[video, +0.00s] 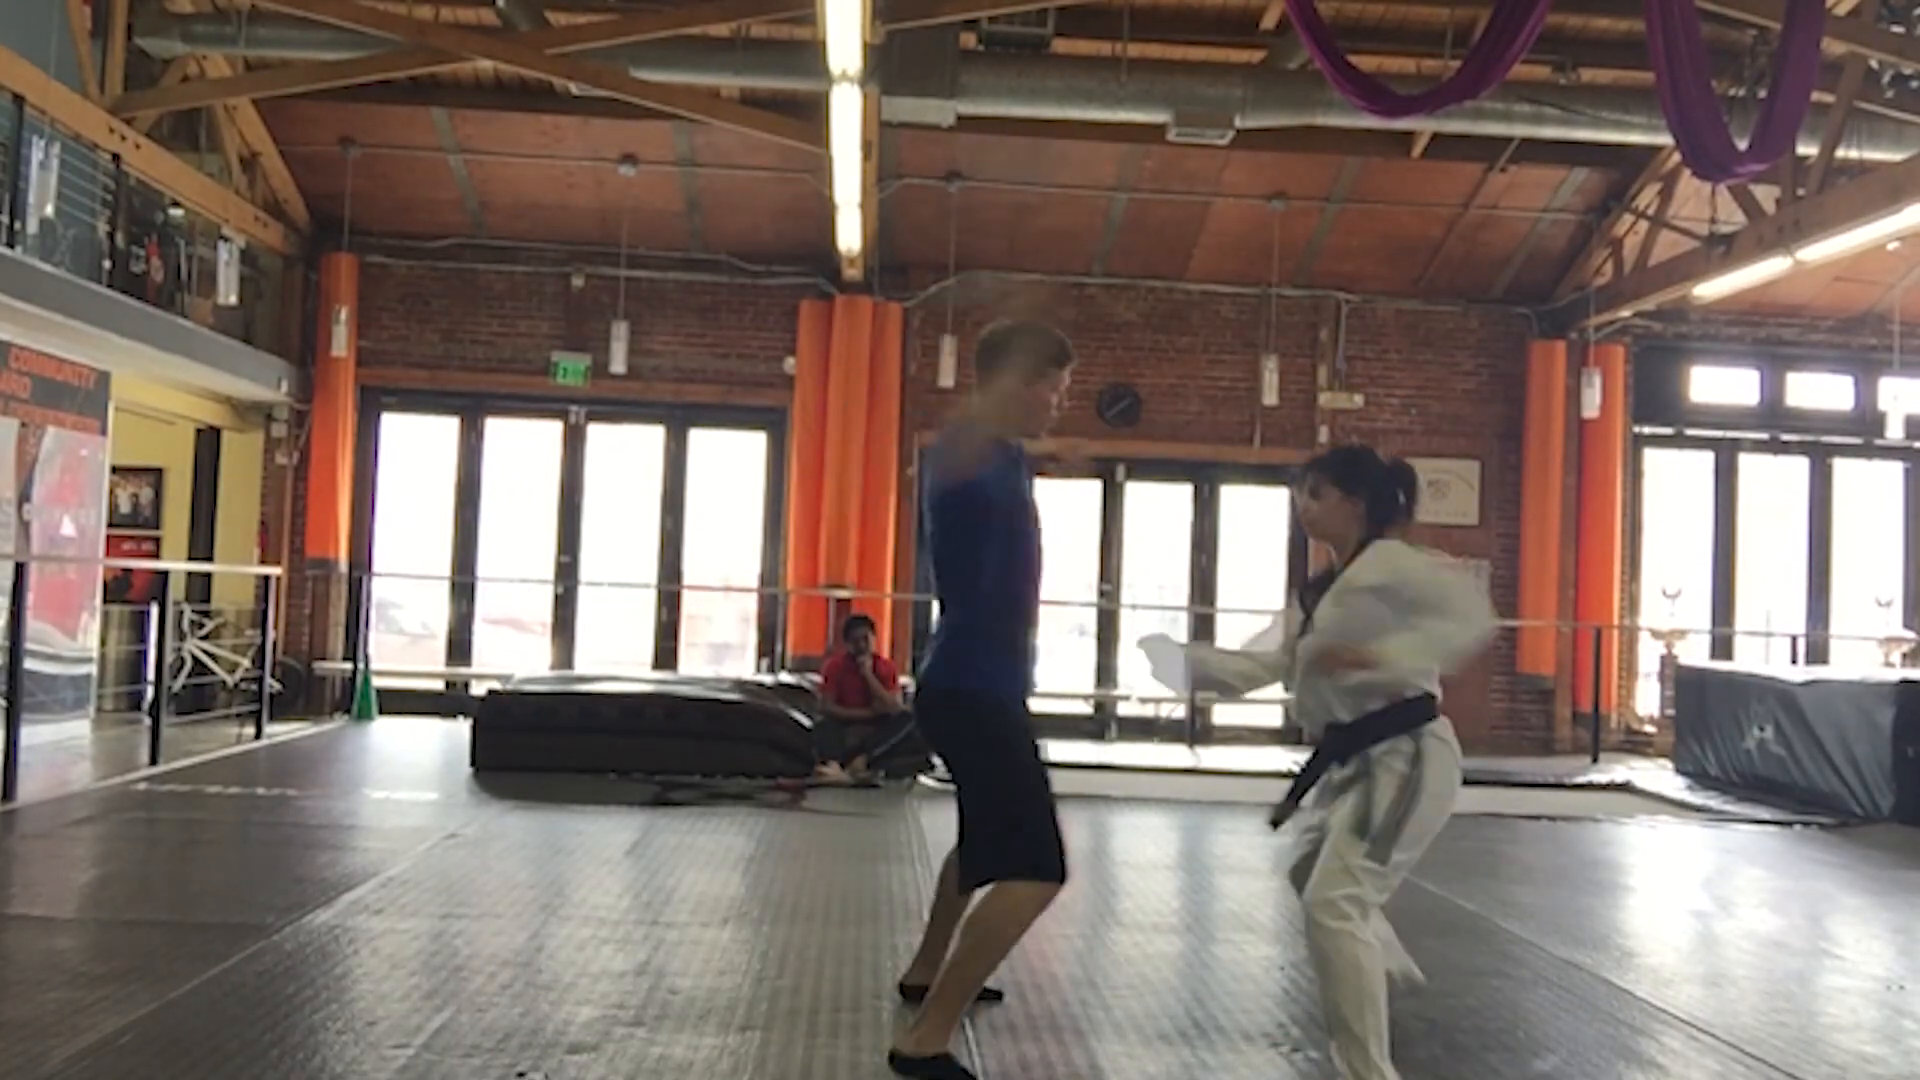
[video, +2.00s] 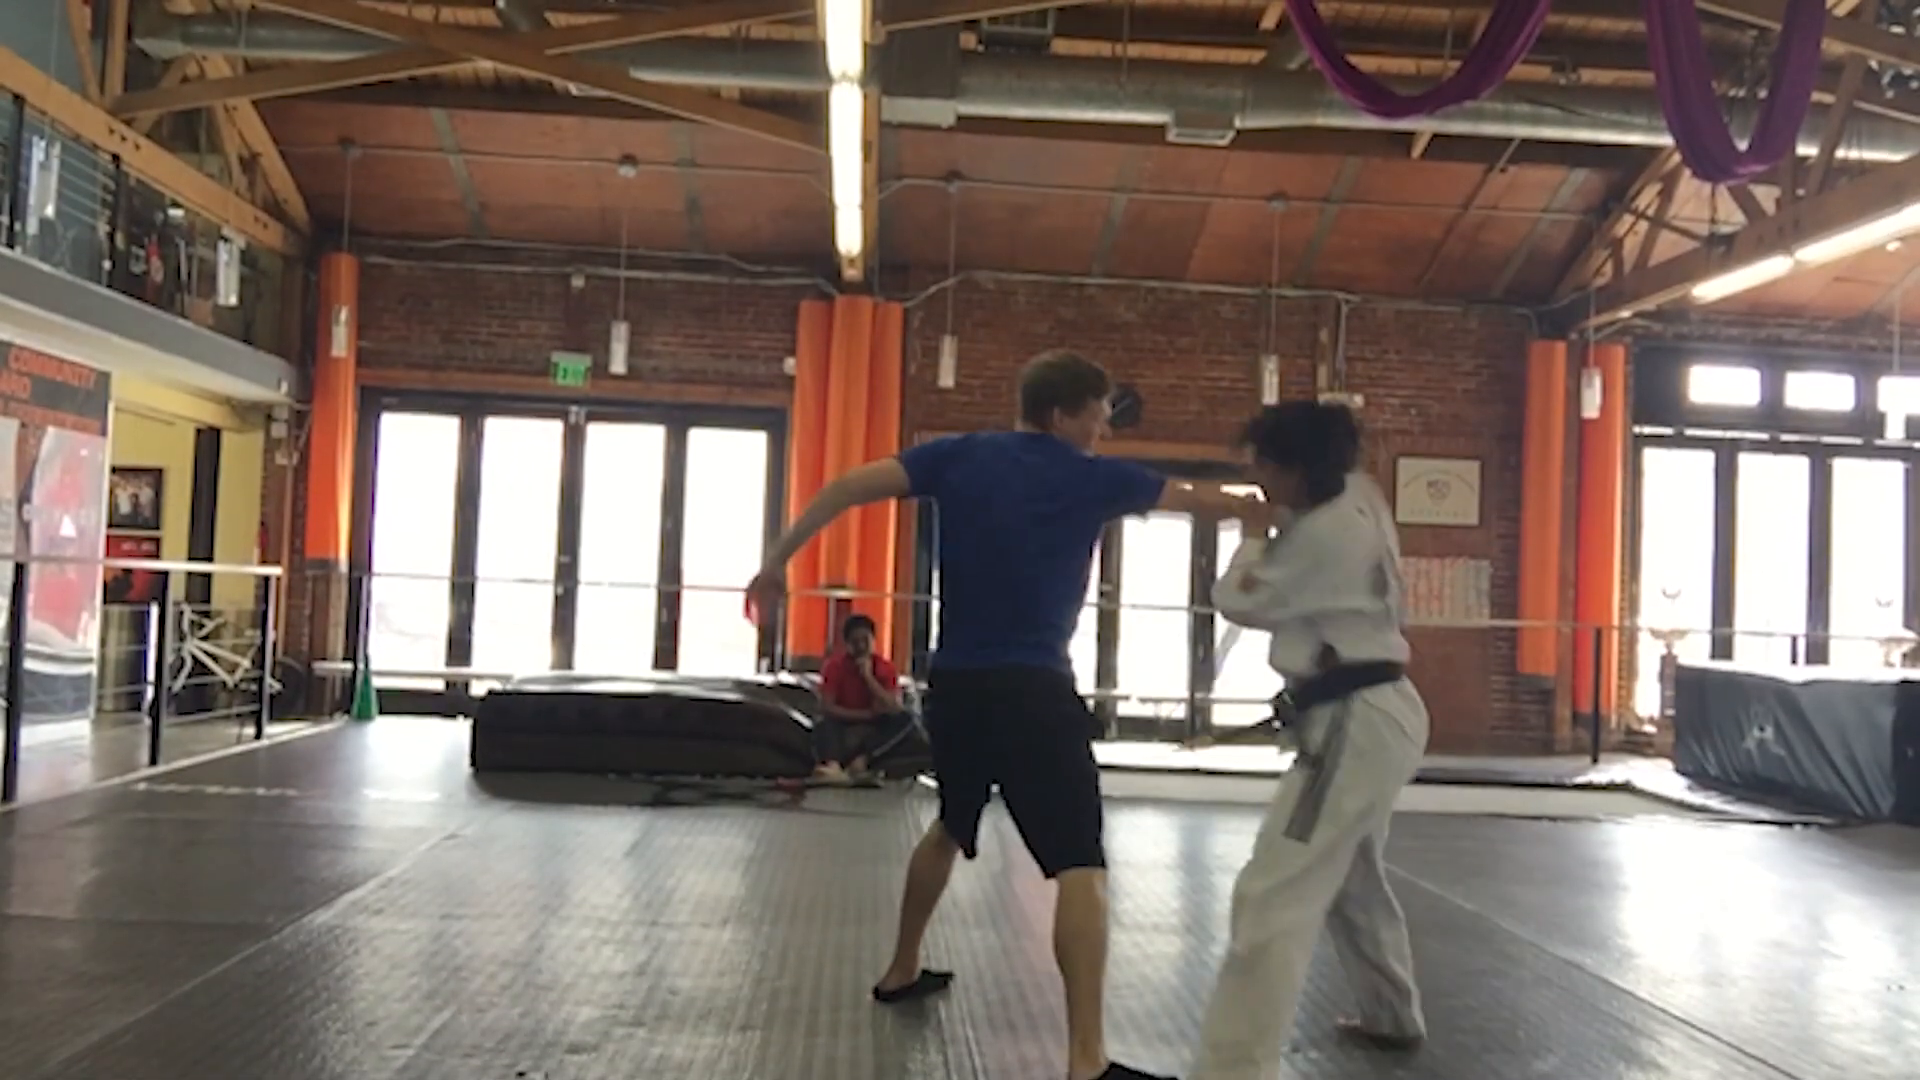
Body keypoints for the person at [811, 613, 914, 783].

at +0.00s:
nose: (861, 645)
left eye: (865, 639)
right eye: (855, 641)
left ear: (873, 639)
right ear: (847, 643)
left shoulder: (885, 667)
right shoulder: (834, 667)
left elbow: (894, 707)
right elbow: (826, 707)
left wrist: (868, 674)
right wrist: (870, 712)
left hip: (876, 721)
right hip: (843, 721)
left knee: (905, 720)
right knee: (823, 727)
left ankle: (864, 761)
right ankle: (833, 765)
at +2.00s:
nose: (861, 646)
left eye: (865, 640)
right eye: (855, 641)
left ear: (872, 640)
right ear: (846, 643)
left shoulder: (885, 668)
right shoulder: (834, 667)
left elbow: (893, 707)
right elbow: (827, 708)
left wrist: (868, 676)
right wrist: (868, 713)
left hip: (875, 720)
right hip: (842, 721)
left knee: (904, 720)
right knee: (824, 726)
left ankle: (863, 761)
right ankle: (831, 764)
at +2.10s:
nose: (860, 647)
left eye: (865, 640)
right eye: (854, 642)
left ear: (872, 641)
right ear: (847, 644)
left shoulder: (885, 669)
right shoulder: (834, 668)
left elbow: (893, 708)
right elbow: (827, 708)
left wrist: (869, 678)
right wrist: (868, 714)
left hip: (875, 721)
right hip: (843, 722)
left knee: (905, 720)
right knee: (824, 727)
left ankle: (863, 762)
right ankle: (832, 765)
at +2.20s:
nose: (856, 647)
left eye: (862, 639)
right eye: (851, 640)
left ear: (871, 641)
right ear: (843, 642)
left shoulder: (882, 668)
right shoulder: (831, 666)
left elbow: (895, 706)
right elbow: (826, 706)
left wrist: (867, 676)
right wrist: (870, 713)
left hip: (872, 723)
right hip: (838, 721)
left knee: (901, 724)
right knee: (824, 726)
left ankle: (863, 760)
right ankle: (830, 764)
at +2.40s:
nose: (862, 645)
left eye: (866, 638)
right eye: (857, 639)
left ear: (872, 639)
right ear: (848, 639)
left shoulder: (884, 667)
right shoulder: (834, 665)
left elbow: (894, 707)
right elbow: (827, 706)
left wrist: (869, 677)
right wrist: (869, 713)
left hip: (874, 721)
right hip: (842, 721)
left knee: (901, 726)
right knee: (825, 725)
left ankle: (864, 761)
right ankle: (831, 763)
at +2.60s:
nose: (864, 647)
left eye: (868, 641)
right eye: (859, 642)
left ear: (874, 643)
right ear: (849, 643)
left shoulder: (883, 669)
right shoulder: (835, 668)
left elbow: (894, 710)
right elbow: (828, 710)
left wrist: (868, 679)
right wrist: (868, 716)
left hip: (875, 725)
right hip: (844, 726)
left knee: (906, 725)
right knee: (824, 729)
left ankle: (867, 765)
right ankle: (832, 767)